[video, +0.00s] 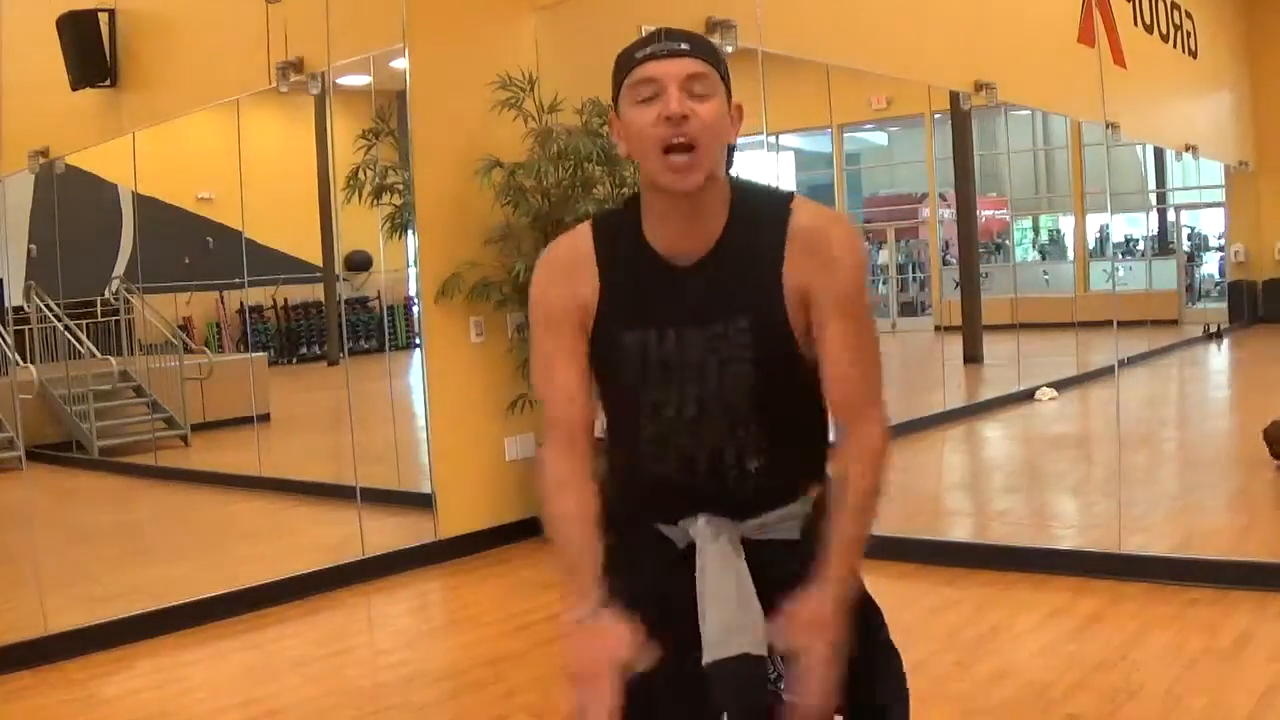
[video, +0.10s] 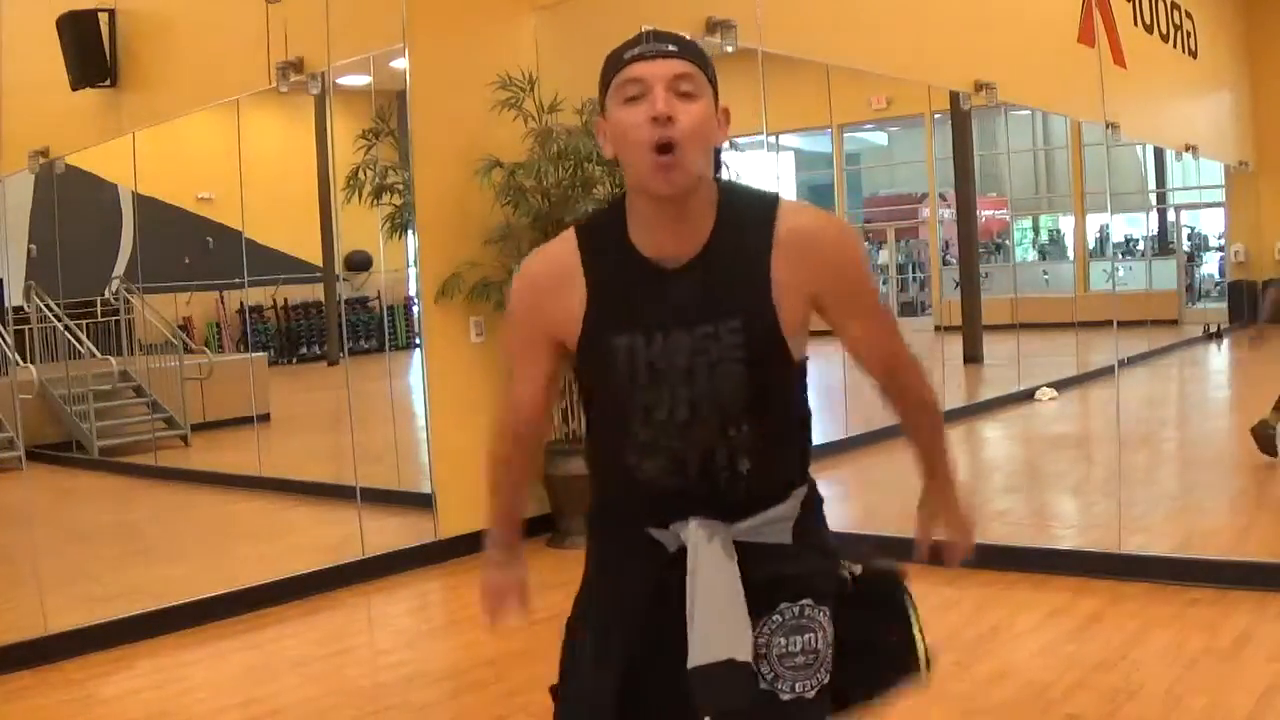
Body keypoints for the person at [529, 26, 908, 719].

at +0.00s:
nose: (676, 109)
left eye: (698, 89)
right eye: (648, 95)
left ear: (734, 119)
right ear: (618, 132)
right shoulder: (571, 268)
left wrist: (833, 587)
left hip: (791, 558)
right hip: (648, 567)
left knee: (863, 696)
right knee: (648, 704)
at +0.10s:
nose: (661, 109)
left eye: (684, 90)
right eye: (635, 94)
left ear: (721, 124)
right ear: (605, 135)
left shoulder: (808, 245)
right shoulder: (553, 279)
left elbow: (898, 373)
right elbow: (520, 431)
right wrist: (501, 545)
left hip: (775, 567)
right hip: (632, 576)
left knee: (786, 705)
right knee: (606, 707)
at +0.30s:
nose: (616, 114)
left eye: (637, 98)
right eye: (591, 103)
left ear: (675, 129)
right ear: (568, 144)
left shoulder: (746, 214)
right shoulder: (517, 261)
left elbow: (821, 190)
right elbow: (459, 316)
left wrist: (865, 245)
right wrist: (441, 376)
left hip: (729, 551)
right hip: (595, 561)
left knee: (748, 708)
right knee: (576, 707)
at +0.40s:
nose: (594, 127)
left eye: (614, 112)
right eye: (569, 119)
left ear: (647, 142)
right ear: (543, 158)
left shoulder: (720, 226)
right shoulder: (496, 281)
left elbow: (792, 227)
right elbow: (447, 360)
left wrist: (833, 309)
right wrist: (433, 432)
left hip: (706, 553)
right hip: (574, 563)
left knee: (733, 707)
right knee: (553, 706)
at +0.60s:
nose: (579, 130)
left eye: (594, 118)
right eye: (556, 122)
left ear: (621, 147)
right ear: (531, 158)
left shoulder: (686, 249)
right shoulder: (488, 275)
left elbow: (753, 373)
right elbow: (439, 390)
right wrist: (455, 468)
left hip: (676, 524)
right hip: (553, 536)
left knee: (746, 693)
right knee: (532, 704)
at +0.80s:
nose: (594, 62)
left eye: (611, 54)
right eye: (574, 56)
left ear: (637, 88)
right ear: (552, 94)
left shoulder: (686, 167)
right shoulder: (509, 194)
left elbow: (670, 227)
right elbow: (464, 276)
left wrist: (547, 154)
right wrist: (474, 307)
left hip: (656, 437)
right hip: (545, 443)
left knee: (680, 619)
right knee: (556, 635)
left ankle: (639, 713)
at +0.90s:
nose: (599, 88)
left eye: (616, 80)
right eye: (581, 80)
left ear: (640, 111)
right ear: (560, 116)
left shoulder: (684, 195)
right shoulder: (523, 212)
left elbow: (662, 265)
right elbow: (477, 308)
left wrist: (535, 244)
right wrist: (481, 359)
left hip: (655, 451)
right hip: (550, 450)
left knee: (645, 647)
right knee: (524, 642)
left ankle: (637, 715)